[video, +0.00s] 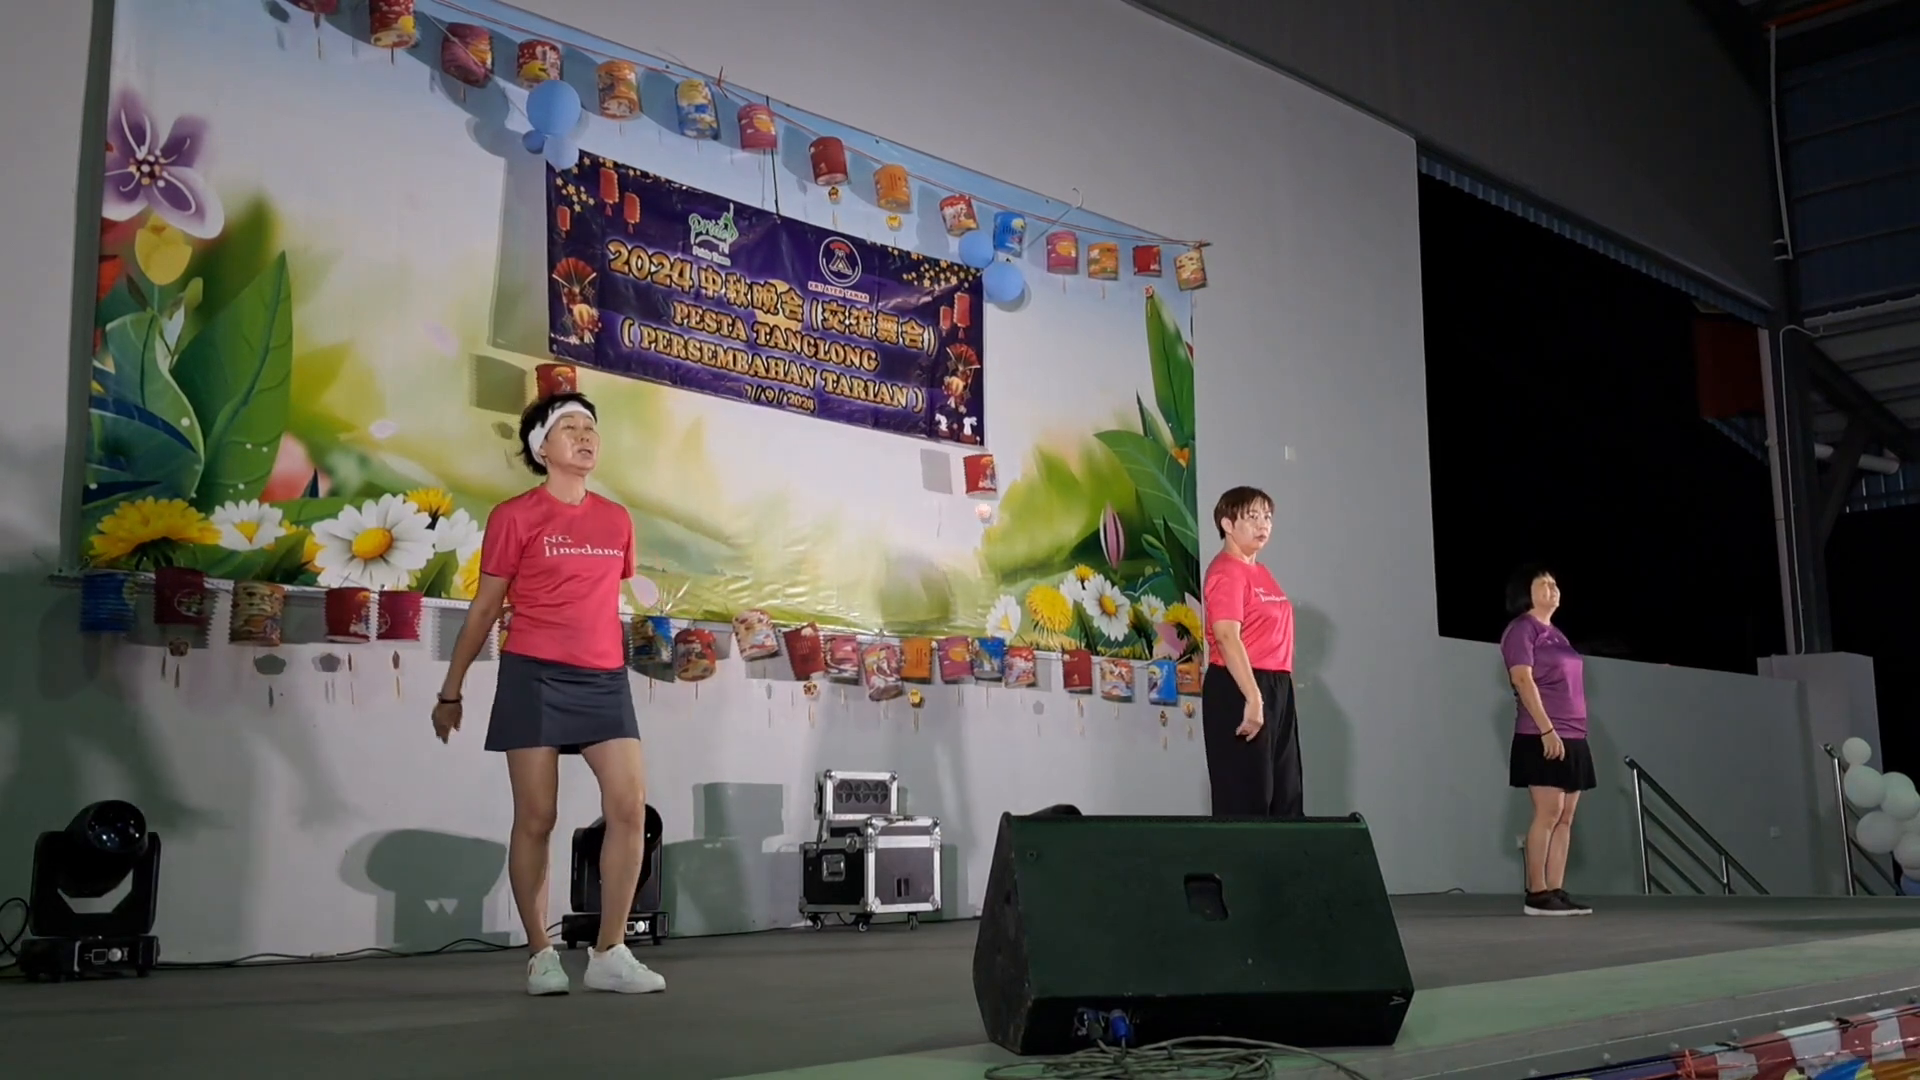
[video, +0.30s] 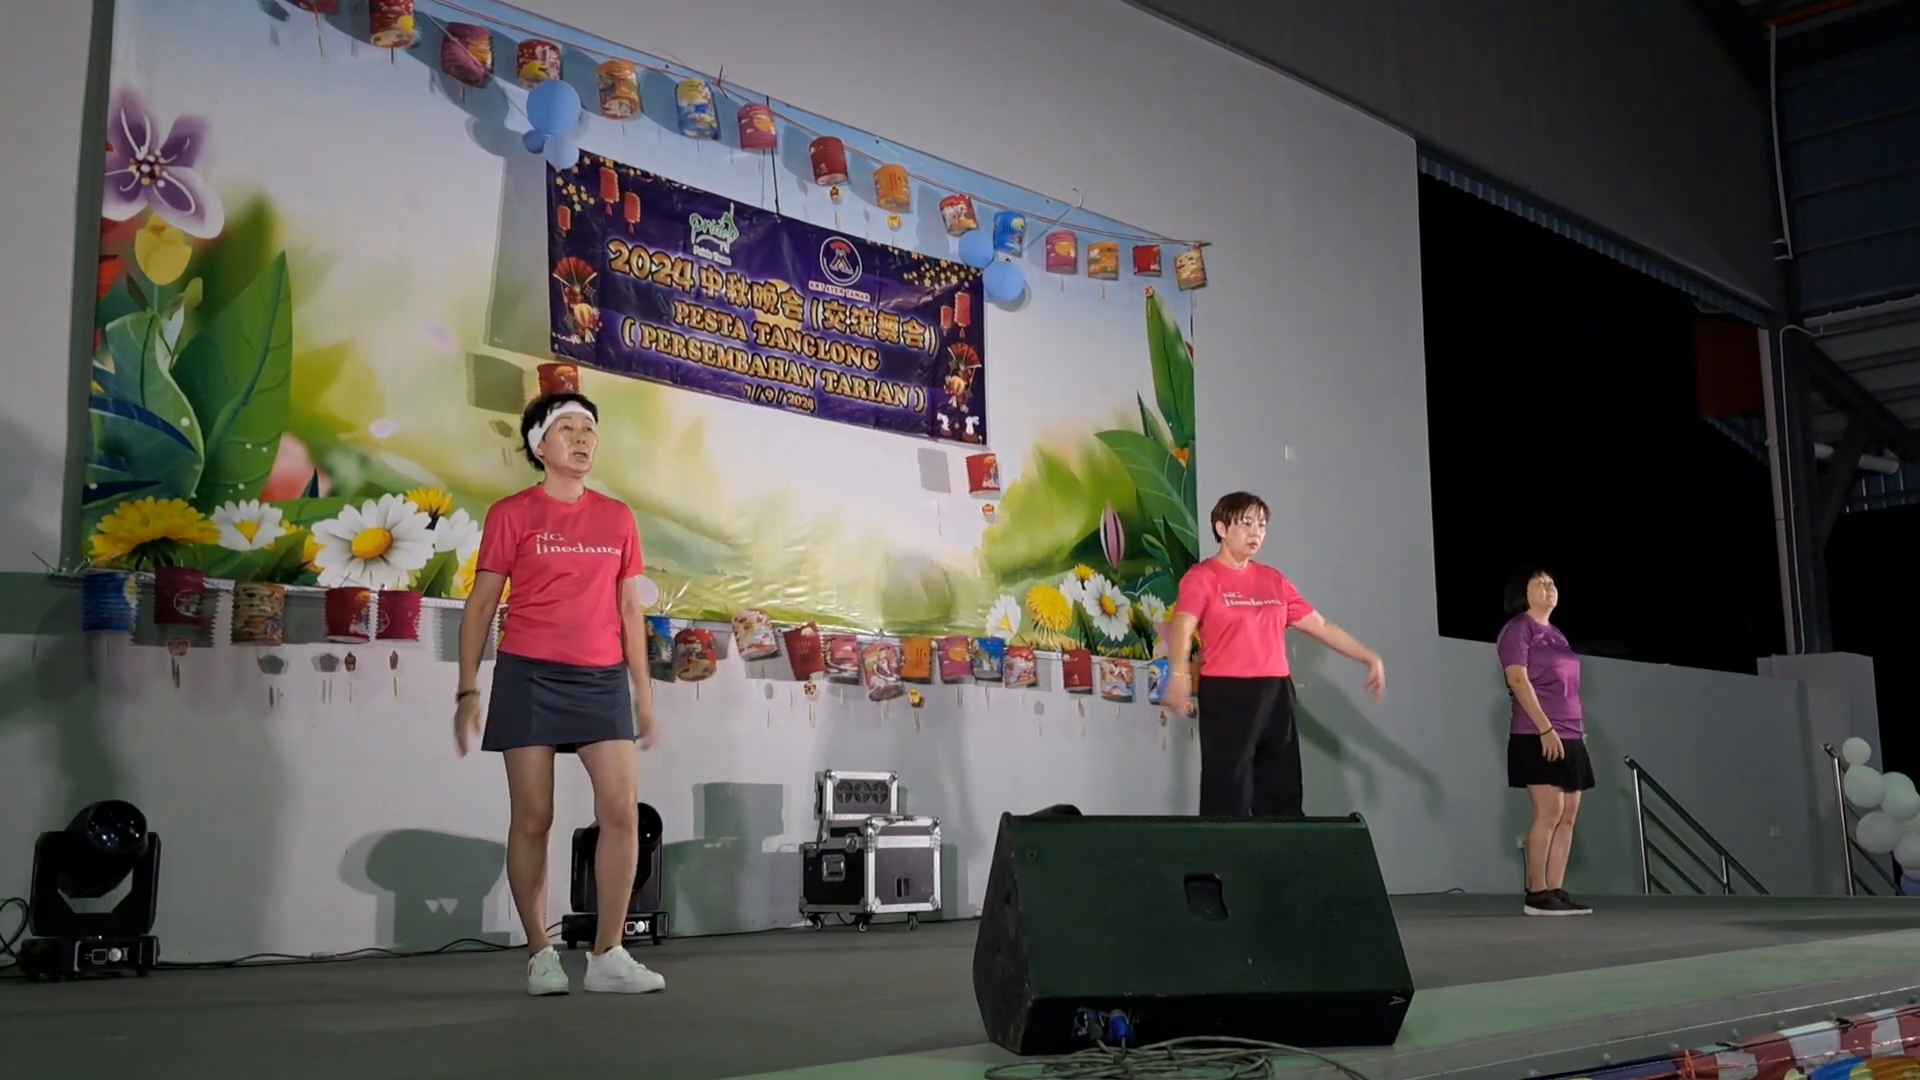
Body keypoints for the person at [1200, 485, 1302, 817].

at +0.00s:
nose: (1263, 526)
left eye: (1267, 518)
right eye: (1253, 517)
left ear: (1272, 523)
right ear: (1228, 524)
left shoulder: (1258, 570)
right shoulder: (1227, 570)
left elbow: (1263, 634)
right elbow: (1226, 635)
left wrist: (1280, 689)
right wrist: (1252, 695)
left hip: (1276, 689)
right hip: (1240, 688)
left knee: (1285, 796)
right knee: (1246, 798)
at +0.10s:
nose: (1263, 528)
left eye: (1267, 520)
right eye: (1252, 519)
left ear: (1272, 525)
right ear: (1227, 525)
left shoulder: (1267, 572)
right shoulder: (1221, 574)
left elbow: (1289, 631)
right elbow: (1216, 635)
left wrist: (1313, 684)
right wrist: (1241, 693)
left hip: (1277, 693)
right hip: (1236, 692)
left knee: (1286, 796)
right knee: (1257, 797)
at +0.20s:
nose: (1260, 531)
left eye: (1265, 523)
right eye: (1251, 522)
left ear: (1270, 529)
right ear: (1226, 528)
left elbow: (1306, 631)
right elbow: (1200, 632)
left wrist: (1345, 675)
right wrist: (1214, 684)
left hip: (1279, 698)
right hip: (1235, 698)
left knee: (1286, 798)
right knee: (1251, 799)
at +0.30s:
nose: (1256, 533)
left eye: (1261, 525)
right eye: (1247, 524)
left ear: (1266, 532)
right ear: (1221, 529)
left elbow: (1320, 626)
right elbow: (1182, 628)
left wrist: (1370, 657)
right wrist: (1179, 677)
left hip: (1277, 696)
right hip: (1227, 695)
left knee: (1282, 793)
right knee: (1229, 794)